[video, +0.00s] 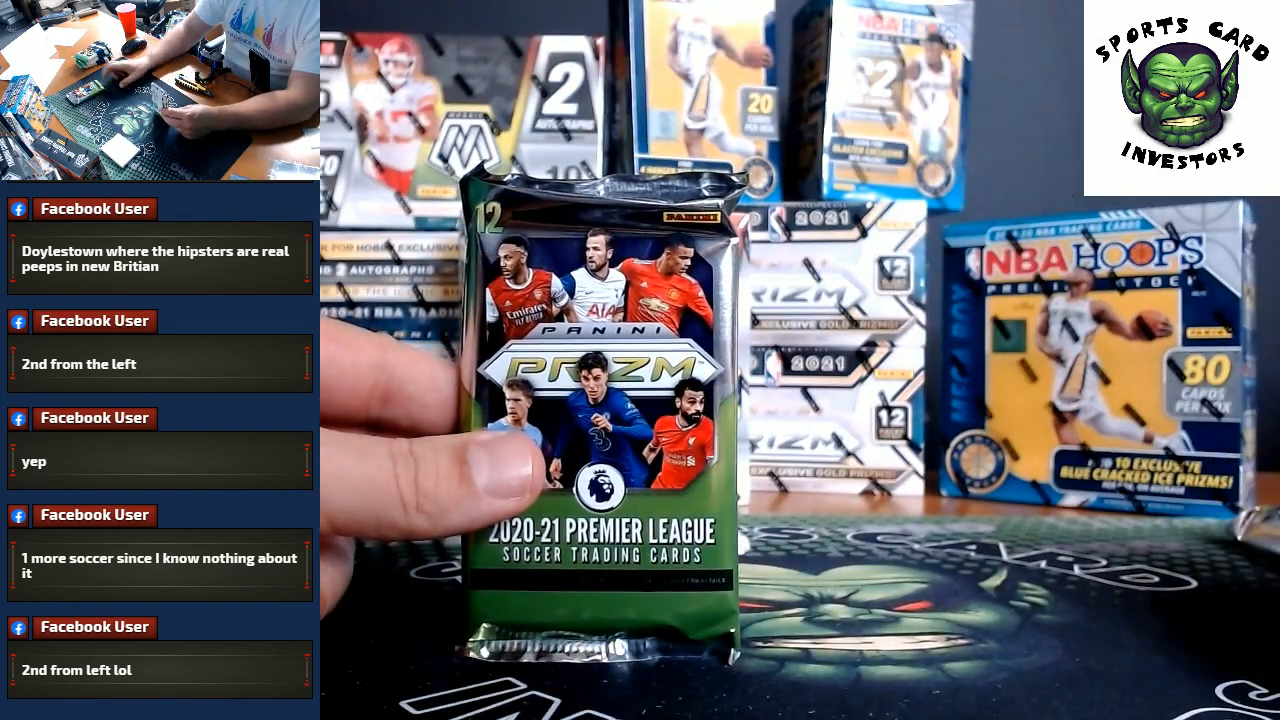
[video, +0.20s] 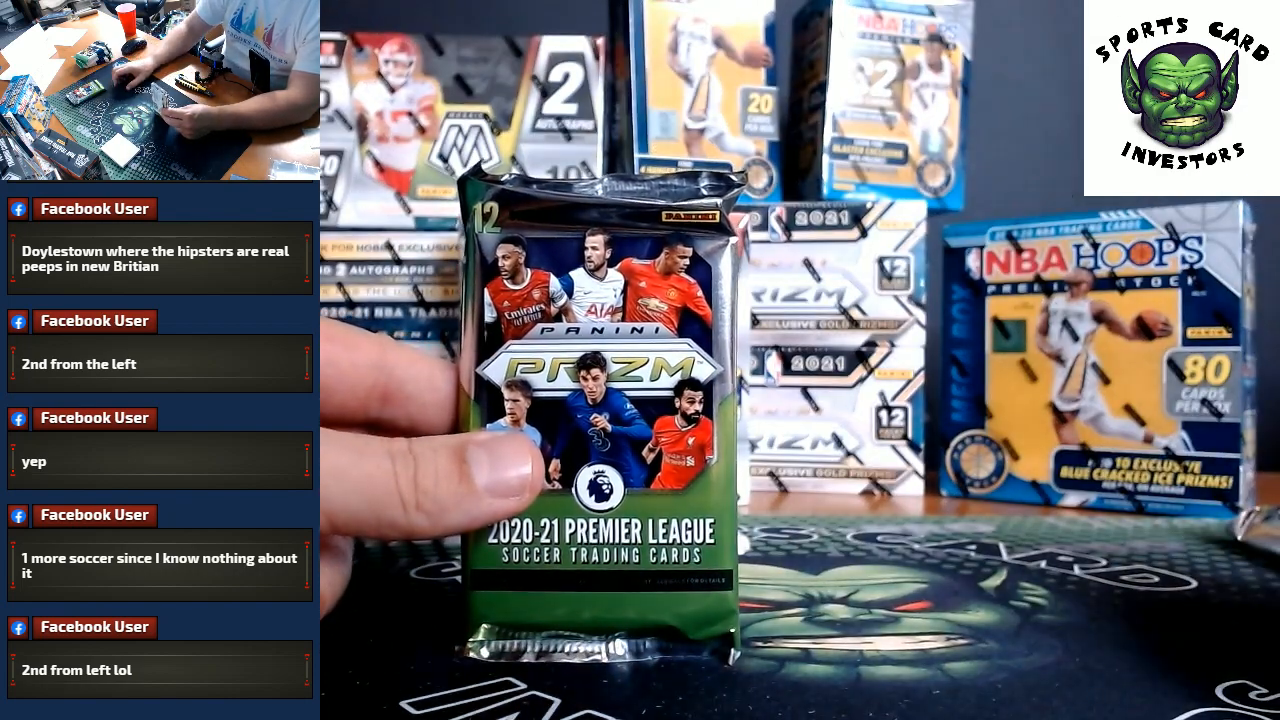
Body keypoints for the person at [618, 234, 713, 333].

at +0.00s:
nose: (688, 263)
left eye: (690, 258)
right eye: (683, 258)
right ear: (667, 254)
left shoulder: (689, 286)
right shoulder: (633, 267)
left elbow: (714, 321)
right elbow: (605, 286)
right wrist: (617, 310)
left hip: (667, 347)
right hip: (632, 344)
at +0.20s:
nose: (687, 263)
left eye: (688, 258)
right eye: (682, 257)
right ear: (666, 254)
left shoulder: (688, 286)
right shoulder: (631, 267)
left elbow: (712, 320)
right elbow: (603, 287)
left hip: (666, 347)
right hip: (631, 344)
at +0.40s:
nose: (684, 261)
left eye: (686, 256)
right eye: (679, 256)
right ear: (663, 252)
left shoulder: (686, 285)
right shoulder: (628, 266)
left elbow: (710, 319)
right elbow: (601, 285)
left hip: (664, 346)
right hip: (629, 343)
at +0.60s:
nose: (685, 262)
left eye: (687, 257)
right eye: (680, 256)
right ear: (664, 252)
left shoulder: (687, 285)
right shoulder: (629, 266)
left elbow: (712, 320)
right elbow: (602, 286)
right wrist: (614, 311)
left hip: (665, 346)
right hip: (630, 343)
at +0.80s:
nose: (684, 261)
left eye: (686, 256)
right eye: (679, 256)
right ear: (663, 252)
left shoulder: (686, 285)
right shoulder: (628, 266)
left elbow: (711, 321)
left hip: (664, 347)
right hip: (628, 344)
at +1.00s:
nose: (684, 262)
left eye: (686, 256)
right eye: (679, 256)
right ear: (663, 252)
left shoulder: (686, 285)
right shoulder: (628, 266)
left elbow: (711, 320)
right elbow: (599, 285)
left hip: (664, 346)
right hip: (628, 343)